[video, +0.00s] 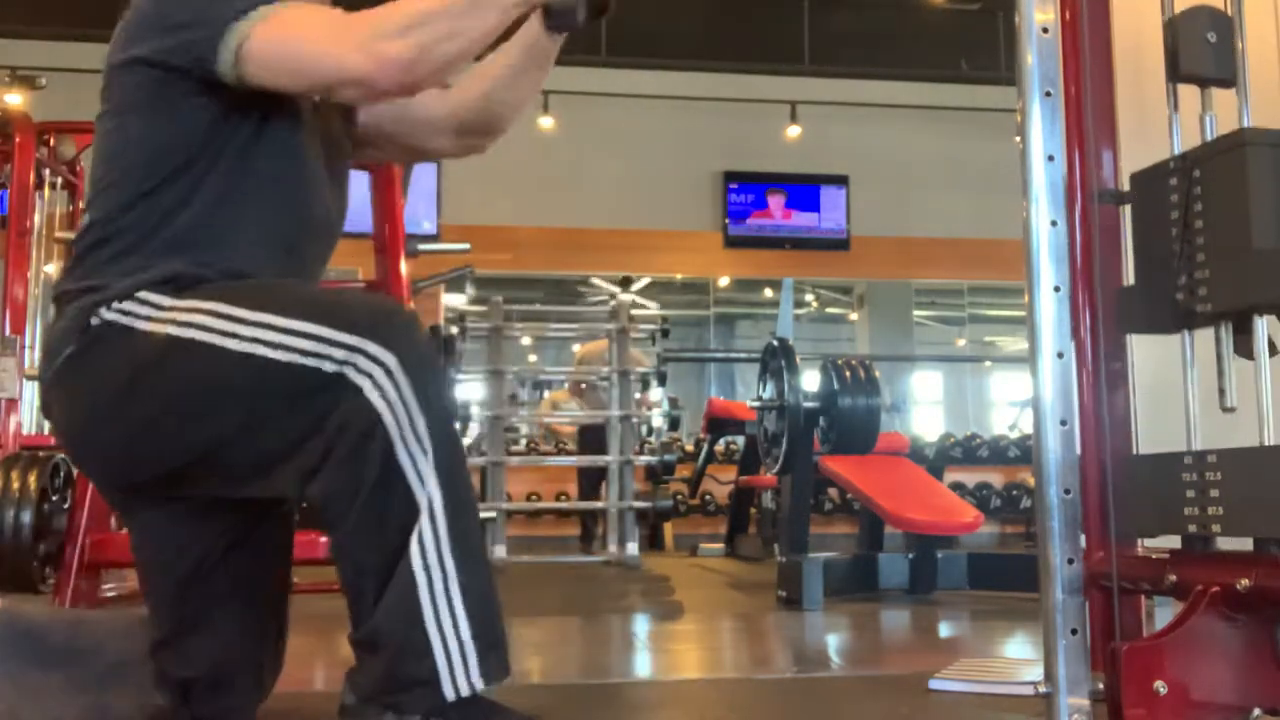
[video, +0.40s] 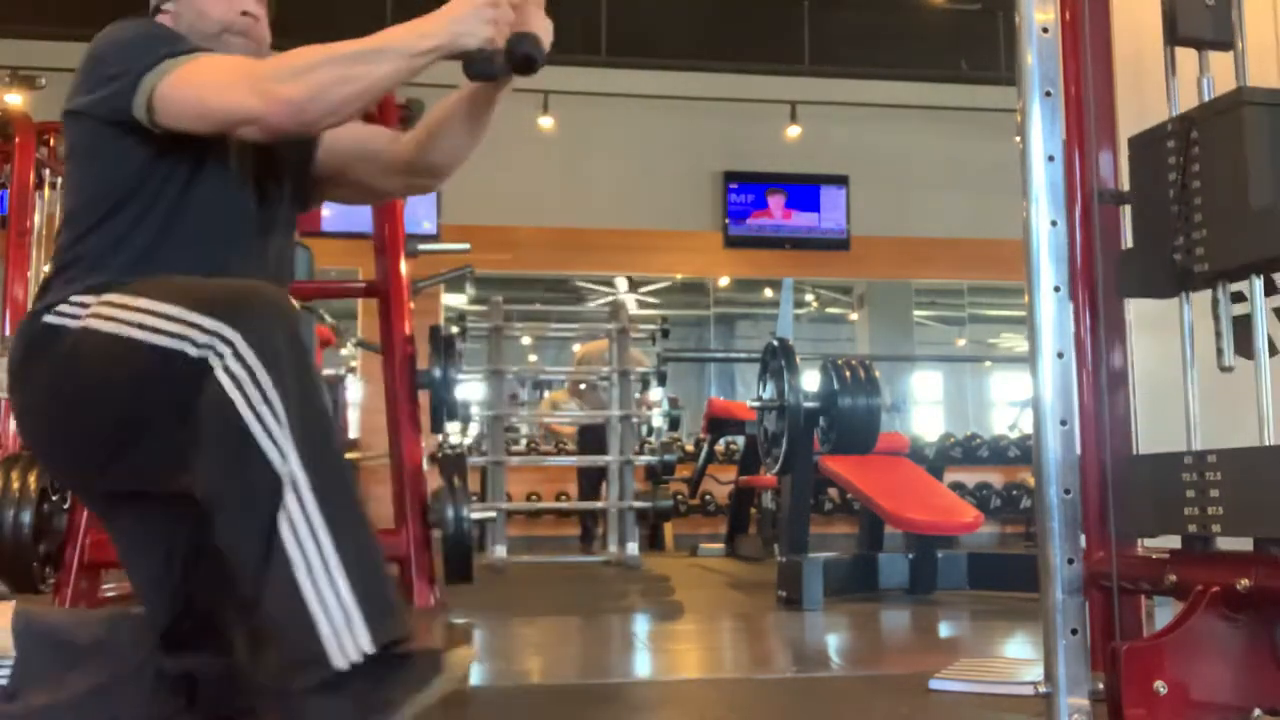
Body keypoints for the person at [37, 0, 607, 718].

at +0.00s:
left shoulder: (302, 93)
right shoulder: (173, 14)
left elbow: (465, 120)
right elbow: (372, 57)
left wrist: (557, 14)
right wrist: (532, 5)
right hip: (124, 329)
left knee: (217, 683)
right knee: (375, 353)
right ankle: (428, 694)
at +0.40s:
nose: (257, 8)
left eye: (261, 2)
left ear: (271, 24)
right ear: (166, 7)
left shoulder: (275, 130)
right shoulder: (126, 52)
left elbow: (413, 161)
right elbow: (276, 99)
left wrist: (493, 76)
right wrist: (441, 29)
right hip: (78, 333)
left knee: (216, 651)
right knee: (247, 327)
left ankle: (23, 646)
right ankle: (354, 665)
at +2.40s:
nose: (536, 334)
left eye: (547, 314)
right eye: (532, 305)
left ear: (496, 294)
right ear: (474, 270)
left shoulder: (455, 361)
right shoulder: (355, 289)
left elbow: (479, 517)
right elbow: (369, 504)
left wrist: (561, 499)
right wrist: (553, 499)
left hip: (189, 504)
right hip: (64, 448)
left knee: (259, 678)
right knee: (91, 694)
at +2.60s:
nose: (545, 409)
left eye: (556, 393)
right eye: (540, 385)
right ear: (486, 343)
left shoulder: (449, 411)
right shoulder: (362, 360)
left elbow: (456, 567)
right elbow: (352, 591)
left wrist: (553, 588)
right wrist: (544, 582)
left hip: (165, 510)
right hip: (49, 457)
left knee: (256, 672)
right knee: (87, 702)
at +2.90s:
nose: (553, 474)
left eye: (566, 455)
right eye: (554, 446)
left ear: (500, 408)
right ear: (500, 409)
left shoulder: (451, 459)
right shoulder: (363, 421)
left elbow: (451, 617)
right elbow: (329, 659)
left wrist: (543, 650)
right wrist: (520, 655)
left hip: (170, 501)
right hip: (47, 452)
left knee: (238, 686)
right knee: (82, 702)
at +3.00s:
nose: (564, 482)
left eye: (577, 461)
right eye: (563, 451)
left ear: (506, 417)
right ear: (505, 415)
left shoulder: (458, 464)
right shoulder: (369, 427)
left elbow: (455, 625)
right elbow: (336, 667)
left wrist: (549, 646)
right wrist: (528, 662)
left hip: (168, 500)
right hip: (46, 449)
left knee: (238, 685)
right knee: (82, 703)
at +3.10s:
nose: (571, 479)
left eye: (583, 459)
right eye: (570, 450)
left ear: (517, 422)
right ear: (513, 419)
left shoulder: (469, 465)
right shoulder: (377, 430)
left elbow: (465, 625)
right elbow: (351, 672)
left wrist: (560, 647)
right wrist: (540, 661)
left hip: (167, 498)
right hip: (49, 448)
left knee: (241, 681)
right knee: (83, 703)